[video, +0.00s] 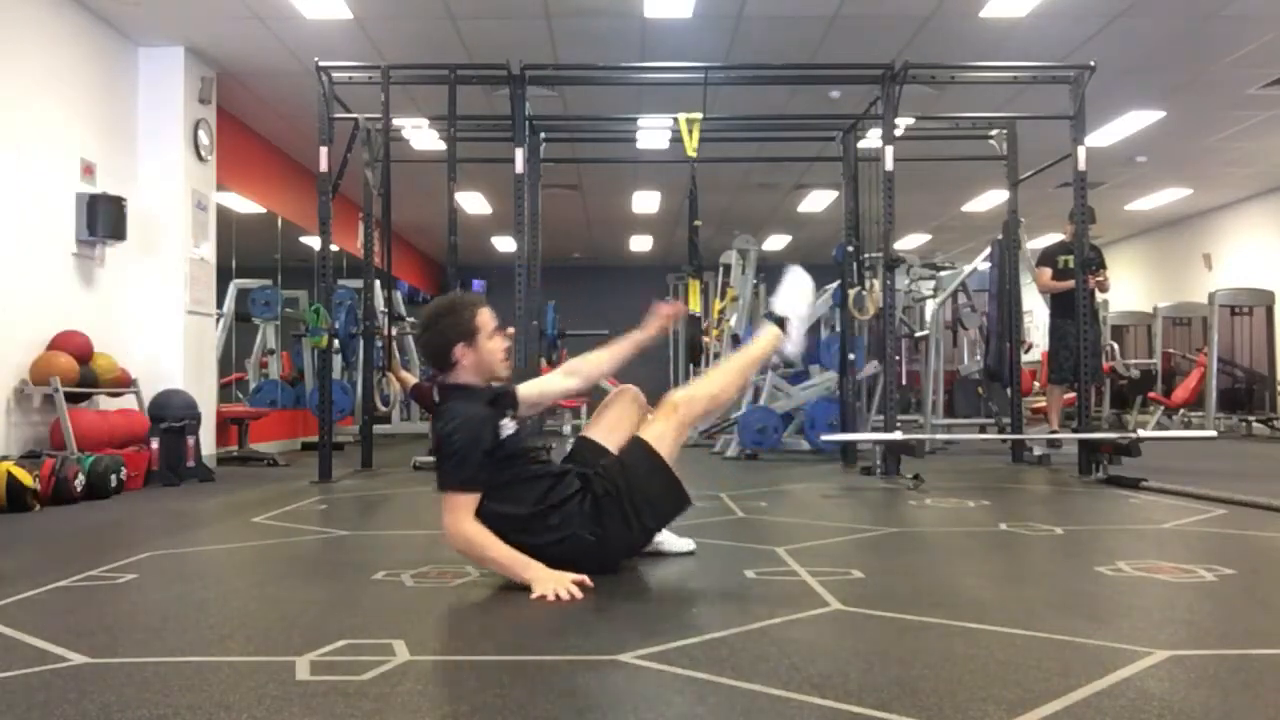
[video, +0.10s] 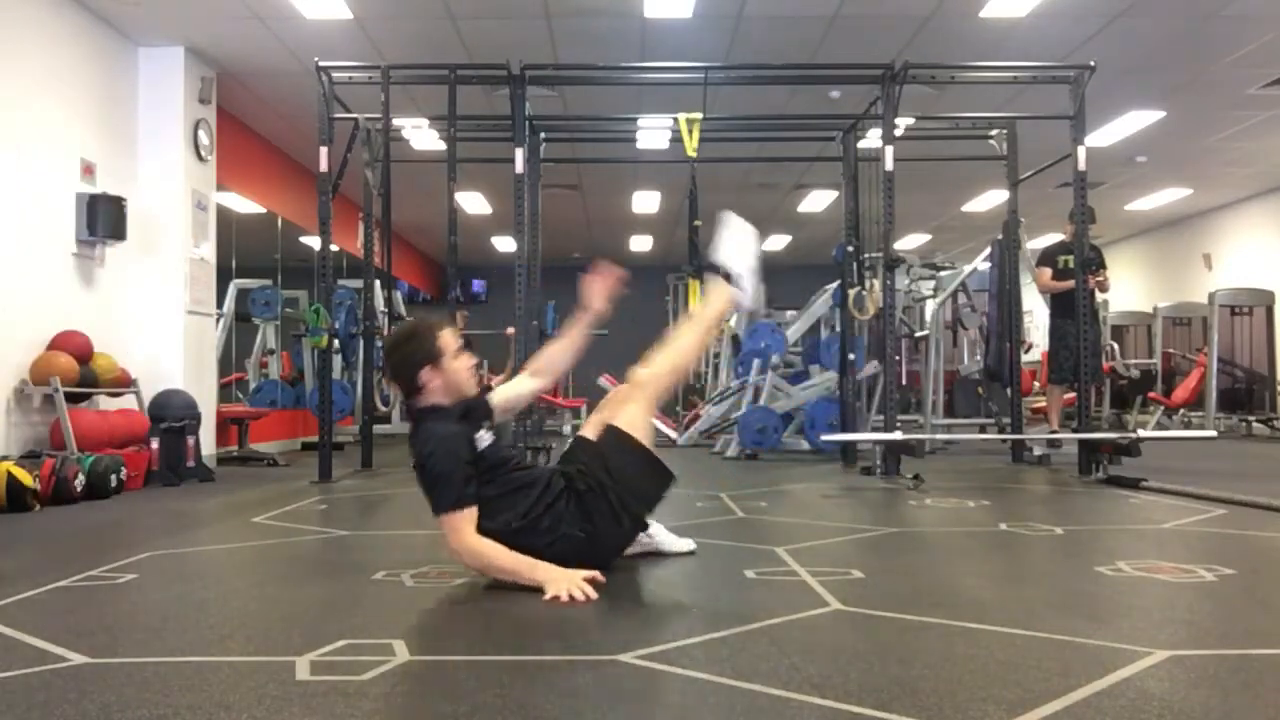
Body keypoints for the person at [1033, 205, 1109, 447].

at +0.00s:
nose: (1082, 230)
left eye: (1086, 225)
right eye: (1078, 224)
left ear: (1092, 227)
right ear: (1069, 224)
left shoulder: (1094, 252)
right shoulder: (1051, 252)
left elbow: (1104, 287)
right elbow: (1043, 285)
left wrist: (1100, 282)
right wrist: (1075, 283)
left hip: (1089, 321)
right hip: (1062, 321)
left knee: (1089, 375)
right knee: (1058, 377)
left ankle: (1087, 423)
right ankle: (1054, 427)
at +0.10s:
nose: (1082, 230)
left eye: (1086, 225)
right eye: (1078, 224)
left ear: (1092, 227)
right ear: (1069, 224)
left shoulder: (1094, 252)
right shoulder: (1051, 252)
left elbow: (1104, 287)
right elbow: (1043, 285)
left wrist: (1100, 282)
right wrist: (1075, 283)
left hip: (1089, 321)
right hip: (1062, 321)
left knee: (1089, 375)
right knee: (1058, 377)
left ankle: (1087, 423)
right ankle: (1054, 427)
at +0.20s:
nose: (1082, 230)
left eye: (1086, 225)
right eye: (1078, 224)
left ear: (1091, 226)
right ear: (1069, 224)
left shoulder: (1094, 252)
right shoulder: (1051, 253)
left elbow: (1104, 287)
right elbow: (1043, 285)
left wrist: (1100, 281)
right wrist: (1075, 284)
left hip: (1089, 321)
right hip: (1063, 321)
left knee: (1089, 376)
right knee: (1058, 377)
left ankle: (1087, 424)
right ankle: (1054, 427)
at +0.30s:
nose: (1082, 230)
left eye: (1086, 225)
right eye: (1078, 224)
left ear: (1092, 227)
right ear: (1069, 224)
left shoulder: (1094, 252)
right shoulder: (1051, 252)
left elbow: (1104, 287)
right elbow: (1043, 285)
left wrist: (1101, 282)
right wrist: (1074, 284)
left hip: (1089, 321)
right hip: (1063, 321)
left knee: (1089, 376)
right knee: (1058, 377)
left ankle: (1087, 424)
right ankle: (1054, 427)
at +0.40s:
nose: (1081, 230)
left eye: (1086, 225)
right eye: (1078, 224)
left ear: (1091, 227)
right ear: (1069, 224)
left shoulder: (1094, 252)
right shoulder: (1051, 253)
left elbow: (1105, 287)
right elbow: (1043, 285)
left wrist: (1101, 282)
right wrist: (1075, 284)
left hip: (1089, 321)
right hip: (1063, 321)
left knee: (1089, 375)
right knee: (1058, 377)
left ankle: (1087, 423)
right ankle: (1054, 427)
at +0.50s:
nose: (1082, 230)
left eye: (1086, 225)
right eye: (1078, 224)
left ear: (1092, 227)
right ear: (1069, 224)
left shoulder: (1095, 252)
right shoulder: (1052, 252)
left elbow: (1105, 287)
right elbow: (1043, 285)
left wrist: (1101, 282)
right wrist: (1075, 284)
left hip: (1089, 320)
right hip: (1063, 321)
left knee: (1089, 375)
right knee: (1058, 377)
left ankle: (1087, 423)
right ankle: (1054, 427)